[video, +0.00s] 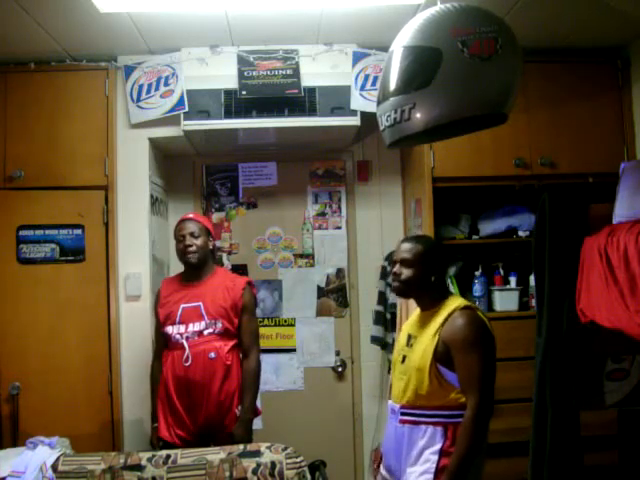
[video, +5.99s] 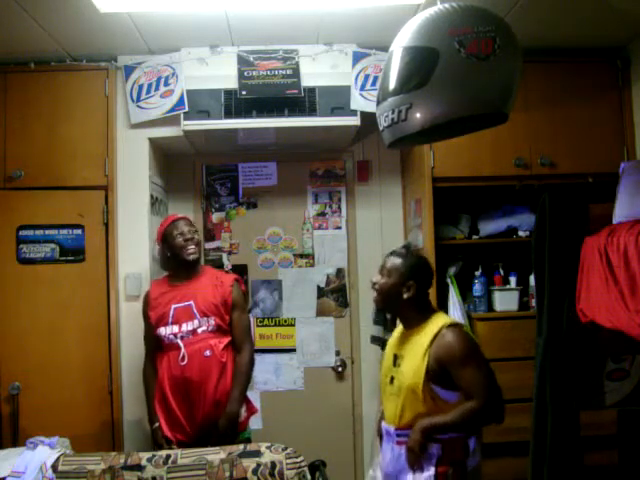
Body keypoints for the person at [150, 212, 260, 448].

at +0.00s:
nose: (187, 243)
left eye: (195, 236)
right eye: (180, 238)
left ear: (210, 242)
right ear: (176, 247)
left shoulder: (237, 287)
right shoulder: (167, 289)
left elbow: (251, 354)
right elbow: (160, 355)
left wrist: (245, 417)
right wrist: (157, 419)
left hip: (225, 416)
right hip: (176, 417)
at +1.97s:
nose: (187, 241)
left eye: (195, 235)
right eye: (180, 238)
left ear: (211, 242)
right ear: (176, 248)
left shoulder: (237, 288)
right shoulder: (167, 290)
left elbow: (251, 355)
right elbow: (160, 355)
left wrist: (246, 417)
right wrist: (157, 420)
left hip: (225, 416)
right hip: (176, 417)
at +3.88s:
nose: (186, 241)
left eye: (194, 235)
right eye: (180, 238)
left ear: (211, 242)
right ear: (176, 248)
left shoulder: (237, 288)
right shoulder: (167, 290)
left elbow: (250, 355)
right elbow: (160, 355)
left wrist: (245, 418)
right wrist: (157, 420)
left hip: (224, 416)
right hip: (176, 417)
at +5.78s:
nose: (190, 238)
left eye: (193, 232)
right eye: (180, 235)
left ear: (199, 238)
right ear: (165, 248)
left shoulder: (227, 285)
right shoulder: (155, 295)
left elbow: (245, 349)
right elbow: (152, 358)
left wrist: (234, 411)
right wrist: (156, 422)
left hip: (223, 416)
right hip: (175, 420)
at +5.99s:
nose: (190, 239)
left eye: (193, 233)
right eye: (180, 235)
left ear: (200, 238)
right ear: (165, 248)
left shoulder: (227, 285)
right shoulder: (154, 295)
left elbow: (245, 349)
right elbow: (151, 357)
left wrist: (232, 411)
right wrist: (155, 420)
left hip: (222, 416)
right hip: (174, 420)